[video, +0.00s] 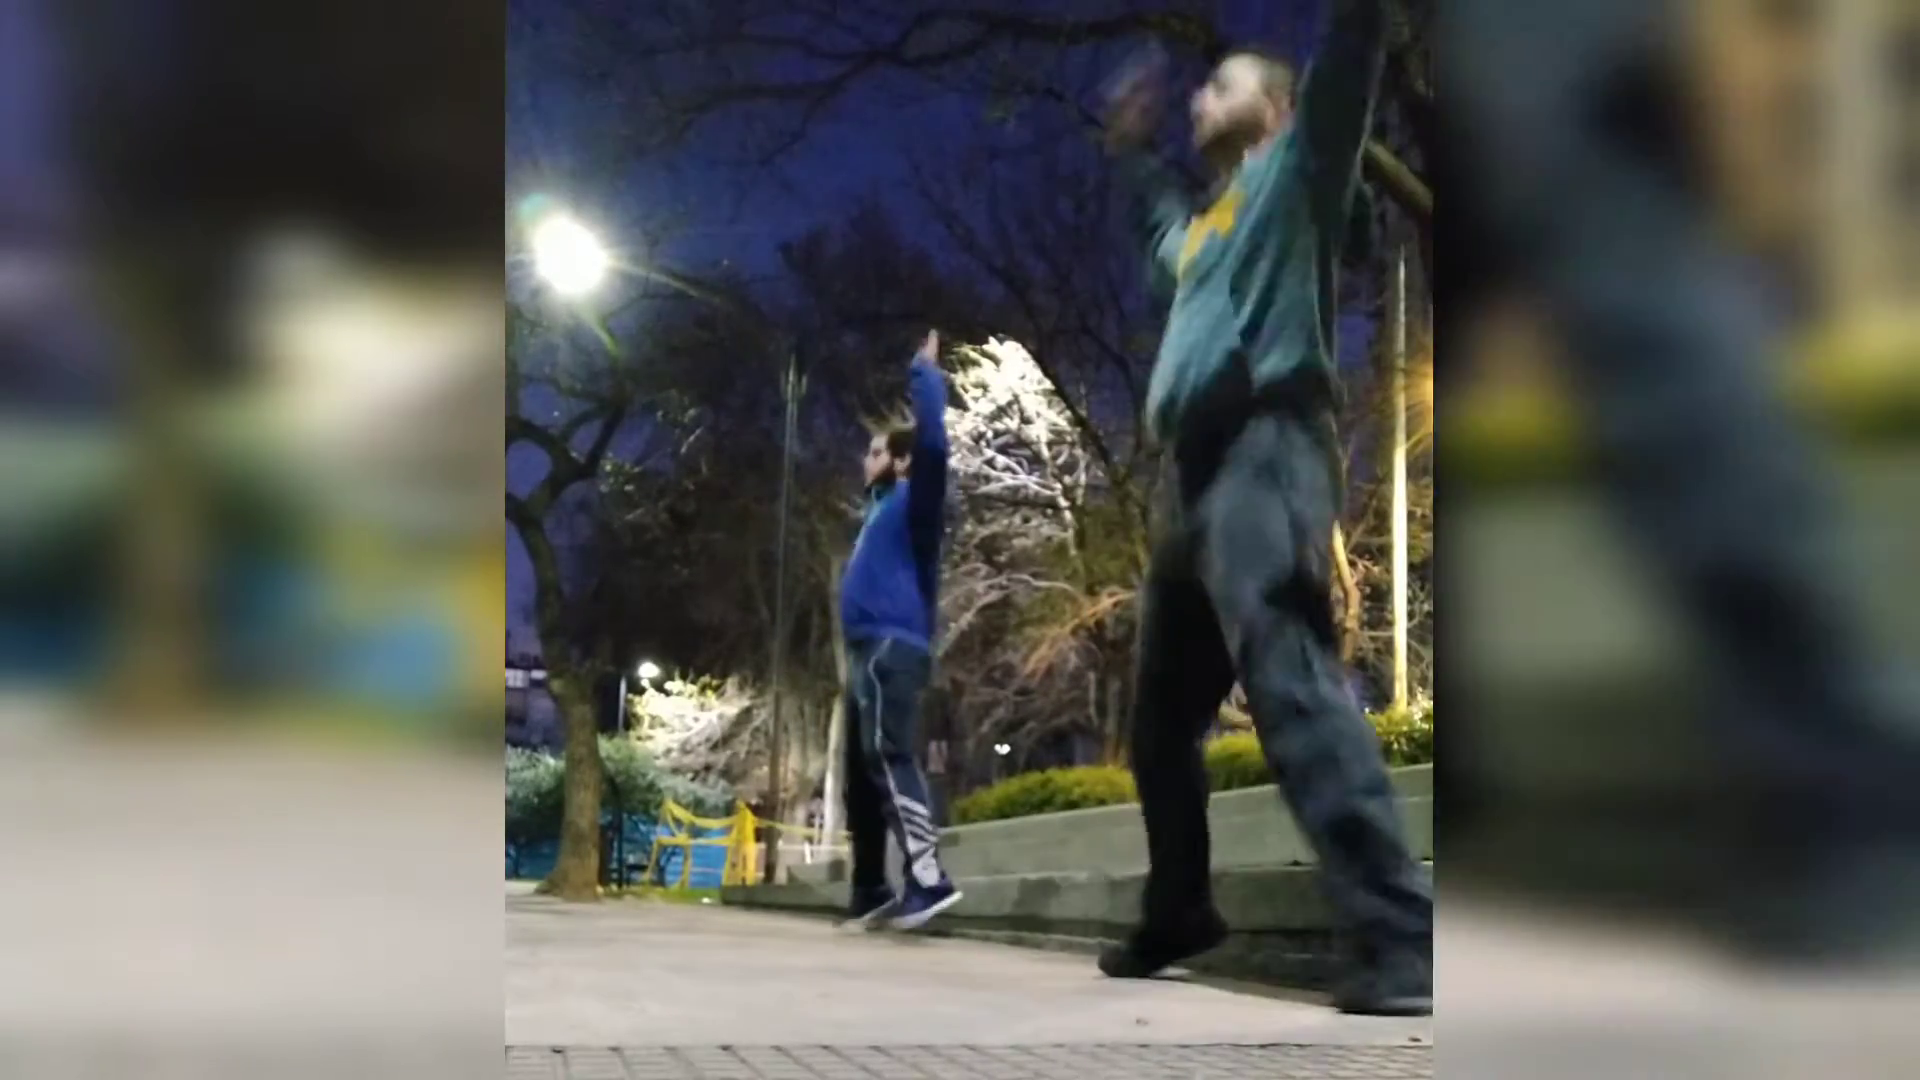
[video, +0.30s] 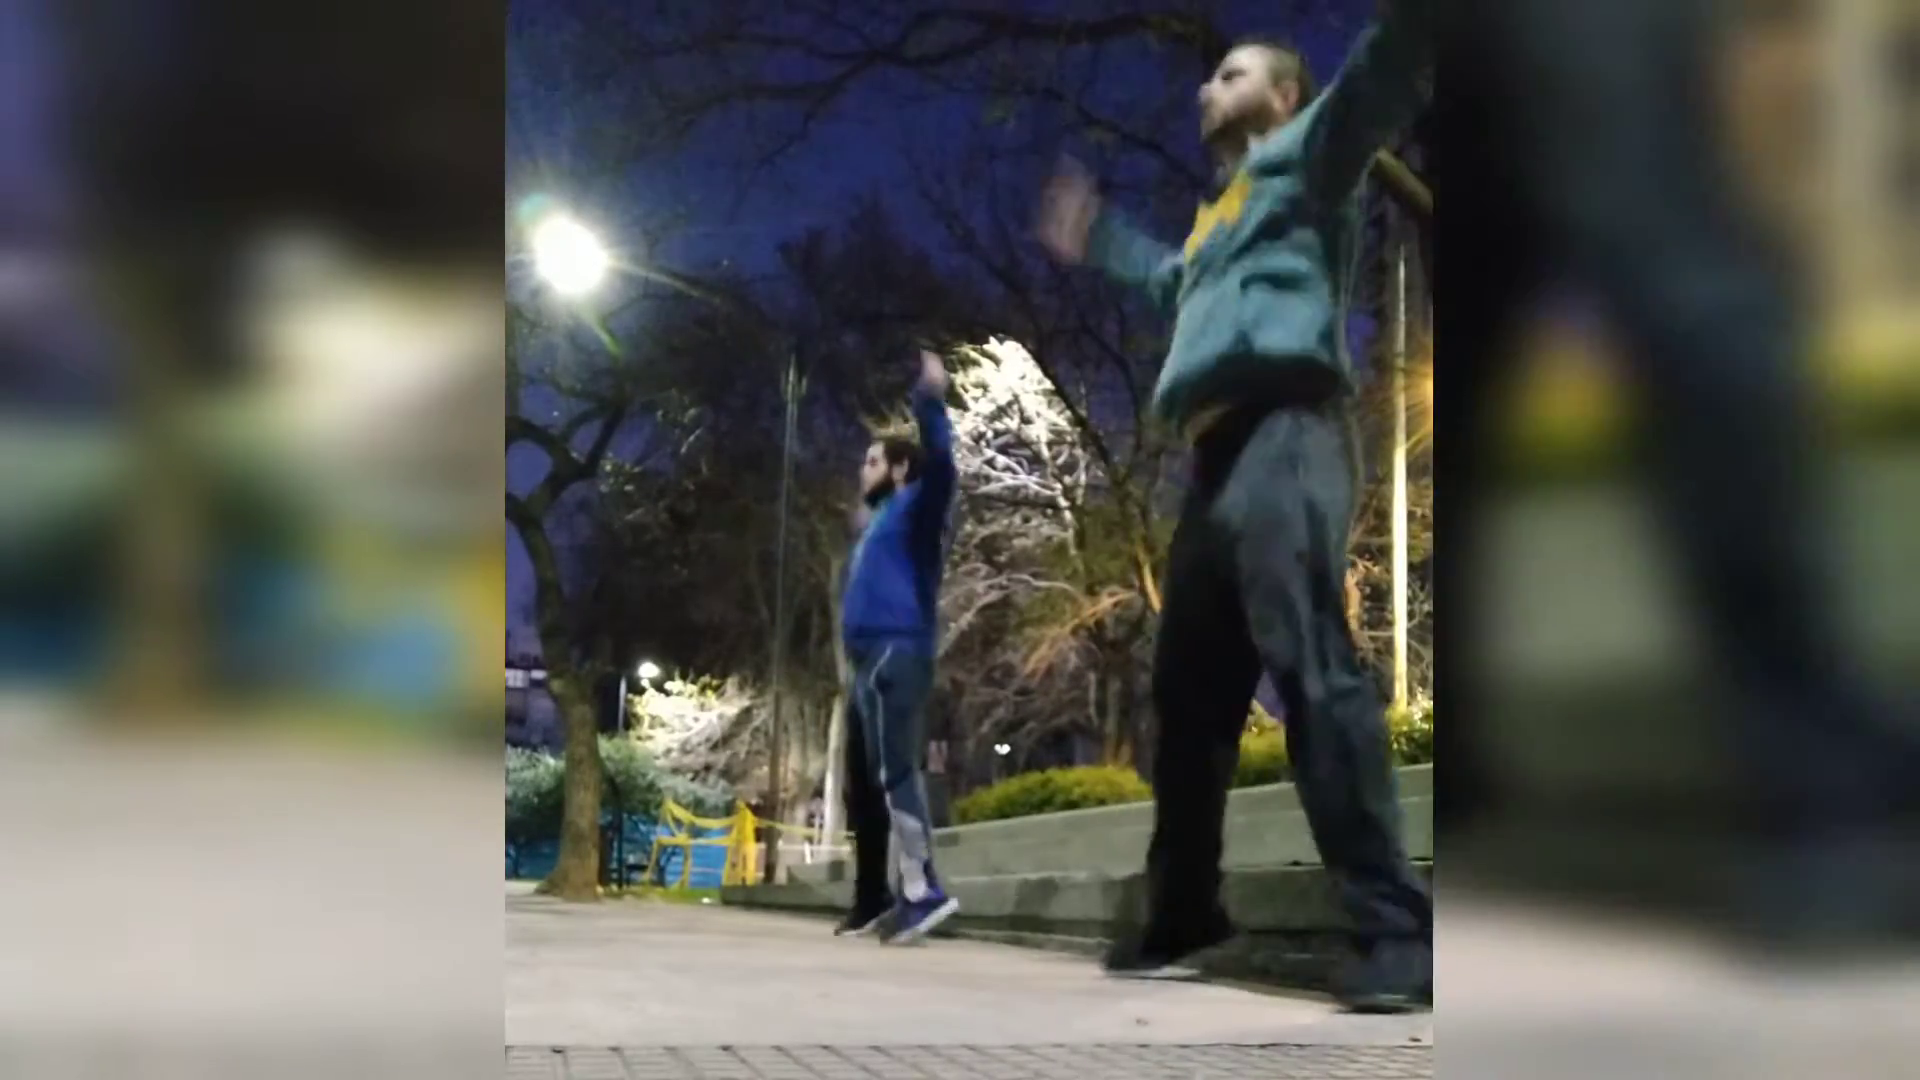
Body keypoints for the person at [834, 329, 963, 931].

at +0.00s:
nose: (867, 459)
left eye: (875, 451)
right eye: (869, 452)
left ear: (900, 459)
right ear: (889, 463)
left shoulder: (914, 504)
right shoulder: (879, 511)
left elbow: (931, 444)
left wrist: (926, 372)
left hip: (896, 639)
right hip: (862, 643)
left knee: (891, 755)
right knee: (861, 769)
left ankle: (927, 880)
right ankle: (871, 888)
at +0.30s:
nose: (864, 468)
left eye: (874, 460)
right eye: (866, 460)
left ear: (901, 468)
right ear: (886, 473)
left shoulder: (916, 506)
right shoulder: (879, 522)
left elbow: (937, 463)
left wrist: (929, 400)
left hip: (899, 644)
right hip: (864, 650)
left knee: (898, 771)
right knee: (879, 776)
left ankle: (921, 891)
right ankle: (897, 894)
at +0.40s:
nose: (864, 456)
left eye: (874, 448)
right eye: (866, 447)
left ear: (902, 455)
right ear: (894, 456)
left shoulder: (924, 490)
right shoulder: (880, 499)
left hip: (900, 630)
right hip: (866, 634)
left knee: (882, 759)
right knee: (858, 765)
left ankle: (920, 886)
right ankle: (887, 891)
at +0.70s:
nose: (870, 467)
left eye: (880, 458)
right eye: (873, 457)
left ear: (907, 465)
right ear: (903, 467)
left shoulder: (928, 507)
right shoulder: (894, 516)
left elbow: (949, 582)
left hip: (904, 657)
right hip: (872, 659)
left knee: (890, 776)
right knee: (862, 783)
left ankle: (920, 903)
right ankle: (894, 906)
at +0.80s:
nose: (877, 453)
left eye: (887, 444)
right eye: (879, 444)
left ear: (915, 451)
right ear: (908, 454)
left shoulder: (931, 489)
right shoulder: (895, 500)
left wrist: (963, 458)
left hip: (907, 632)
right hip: (876, 636)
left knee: (895, 755)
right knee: (875, 764)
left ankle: (927, 885)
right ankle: (892, 894)